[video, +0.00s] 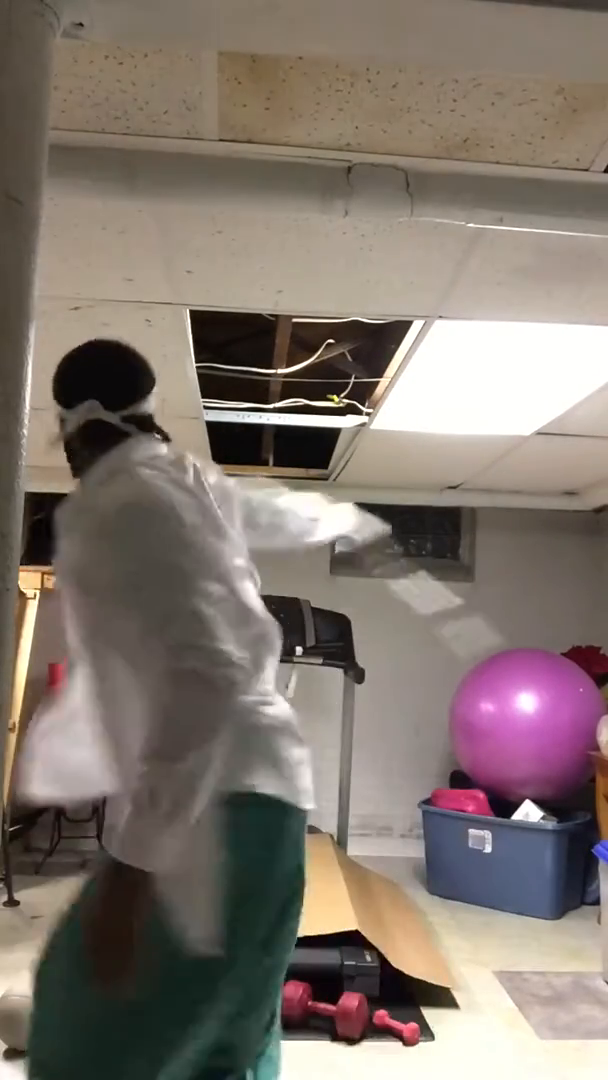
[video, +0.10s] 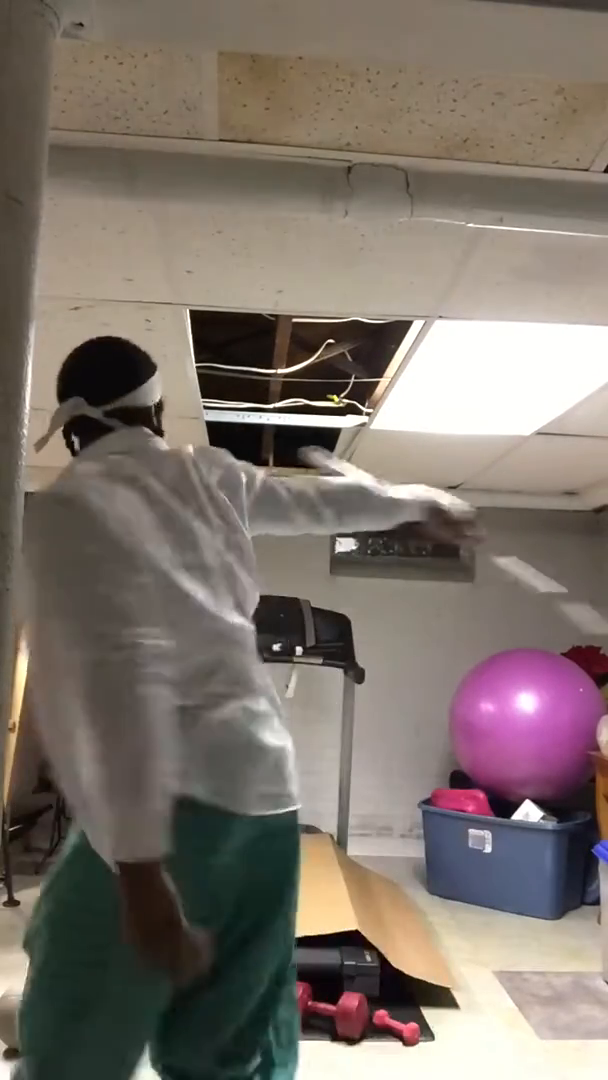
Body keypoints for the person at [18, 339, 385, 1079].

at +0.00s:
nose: (59, 432)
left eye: (59, 417)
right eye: (62, 417)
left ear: (71, 418)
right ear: (147, 408)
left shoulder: (123, 495)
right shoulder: (196, 483)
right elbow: (298, 516)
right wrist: (362, 530)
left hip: (204, 818)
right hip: (266, 816)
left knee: (80, 1038)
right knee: (227, 1052)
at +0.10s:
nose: (66, 431)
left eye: (68, 417)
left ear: (72, 422)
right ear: (156, 411)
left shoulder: (72, 504)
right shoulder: (214, 475)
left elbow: (122, 671)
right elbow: (325, 498)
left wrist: (140, 868)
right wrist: (425, 505)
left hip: (155, 809)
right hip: (265, 809)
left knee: (68, 1053)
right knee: (233, 1058)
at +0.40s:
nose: (165, 422)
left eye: (161, 408)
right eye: (157, 408)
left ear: (70, 420)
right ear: (138, 415)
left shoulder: (23, 505)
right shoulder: (190, 491)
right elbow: (328, 542)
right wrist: (477, 577)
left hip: (50, 813)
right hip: (177, 806)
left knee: (40, 1042)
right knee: (202, 1045)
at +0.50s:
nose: (162, 422)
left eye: (159, 407)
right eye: (152, 407)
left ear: (73, 420)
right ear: (116, 415)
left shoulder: (17, 499)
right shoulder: (166, 496)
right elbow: (293, 572)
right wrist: (439, 631)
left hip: (25, 829)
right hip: (152, 831)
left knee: (37, 1056)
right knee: (161, 1054)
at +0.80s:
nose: (152, 438)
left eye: (150, 422)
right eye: (137, 422)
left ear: (94, 435)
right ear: (85, 434)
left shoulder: (105, 512)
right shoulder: (59, 517)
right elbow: (63, 670)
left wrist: (221, 593)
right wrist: (204, 695)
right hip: (76, 809)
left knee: (37, 999)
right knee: (137, 989)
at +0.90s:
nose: (150, 452)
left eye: (149, 438)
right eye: (134, 437)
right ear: (79, 448)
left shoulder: (142, 528)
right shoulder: (30, 528)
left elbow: (222, 566)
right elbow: (16, 678)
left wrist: (254, 621)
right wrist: (126, 672)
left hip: (59, 769)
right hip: (26, 772)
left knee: (23, 985)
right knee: (112, 979)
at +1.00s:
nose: (147, 482)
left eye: (149, 467)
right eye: (135, 465)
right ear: (78, 466)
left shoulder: (134, 535)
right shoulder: (20, 538)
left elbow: (199, 587)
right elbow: (11, 686)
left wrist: (242, 638)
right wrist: (98, 663)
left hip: (46, 757)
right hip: (14, 760)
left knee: (75, 979)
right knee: (69, 981)